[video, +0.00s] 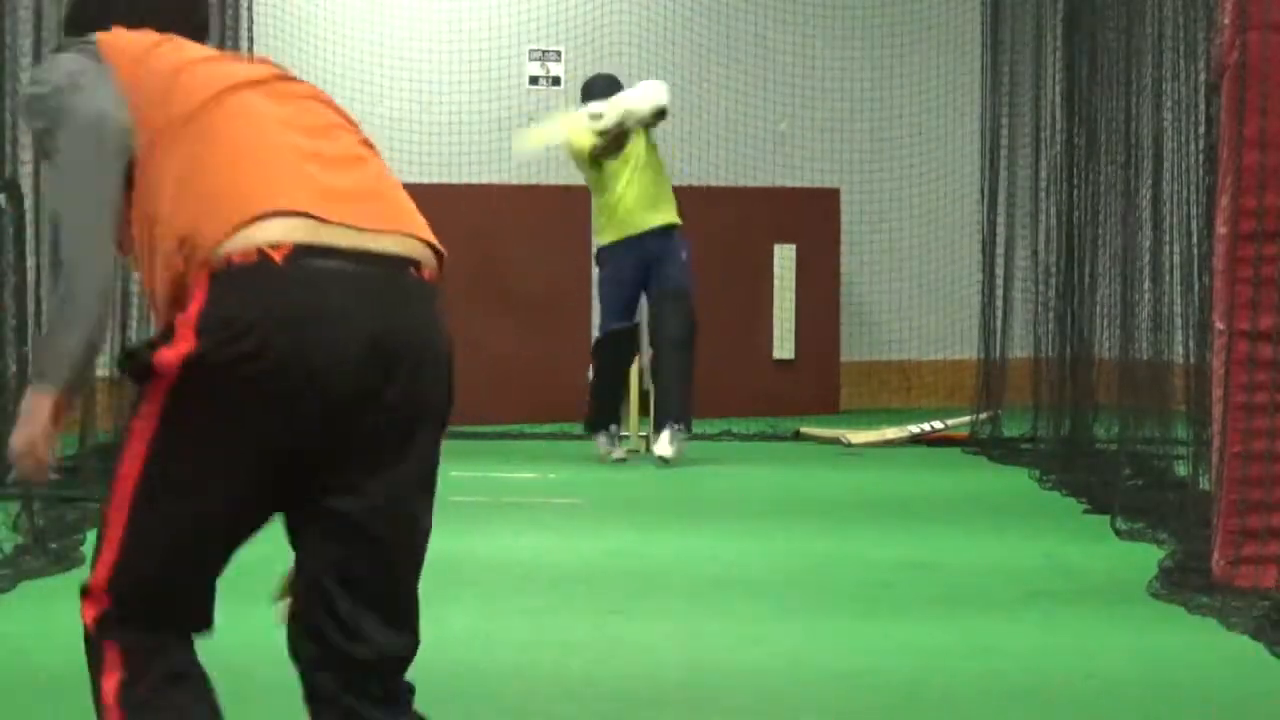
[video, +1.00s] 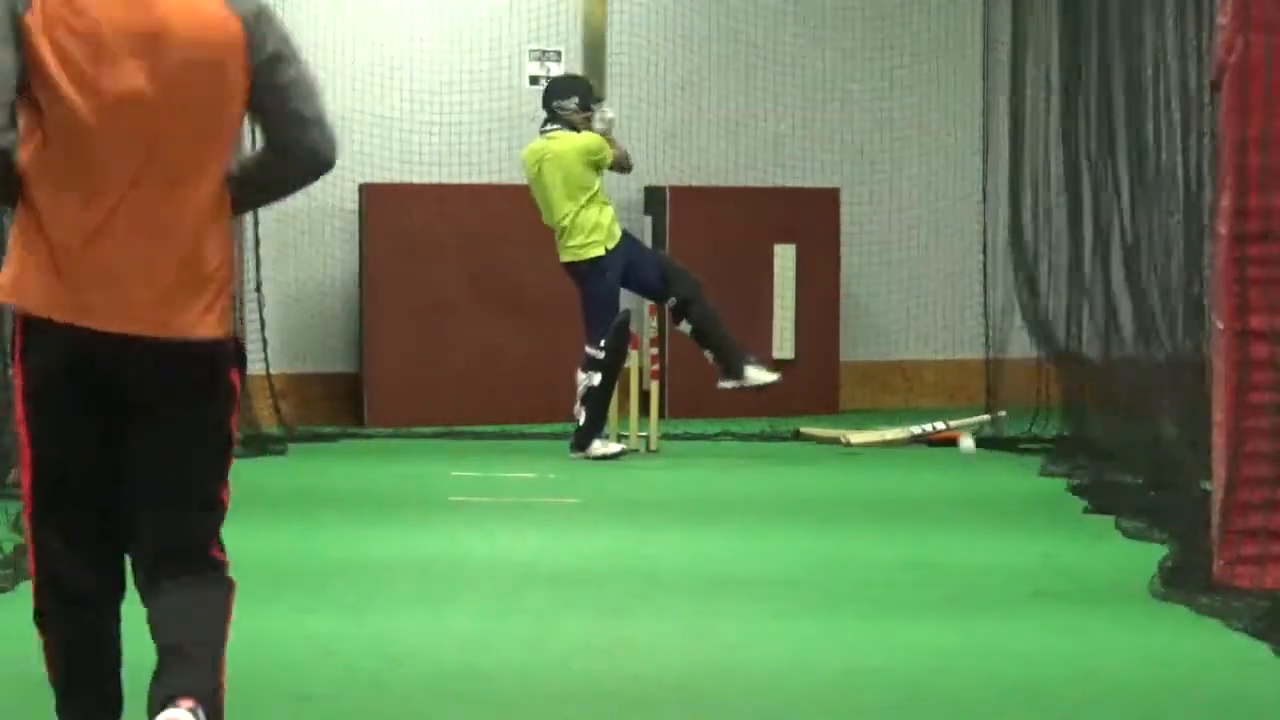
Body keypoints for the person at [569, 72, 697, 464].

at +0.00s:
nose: (604, 115)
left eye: (609, 107)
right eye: (597, 110)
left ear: (619, 104)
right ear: (587, 109)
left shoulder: (639, 124)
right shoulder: (578, 134)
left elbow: (654, 111)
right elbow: (601, 150)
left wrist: (632, 107)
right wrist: (618, 125)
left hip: (662, 232)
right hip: (616, 242)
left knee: (674, 330)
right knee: (615, 337)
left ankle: (671, 426)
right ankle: (604, 428)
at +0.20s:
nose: (593, 108)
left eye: (590, 101)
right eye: (586, 102)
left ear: (567, 109)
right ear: (568, 109)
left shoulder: (593, 145)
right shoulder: (559, 144)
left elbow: (637, 148)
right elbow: (618, 114)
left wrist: (660, 109)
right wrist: (657, 79)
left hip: (641, 236)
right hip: (604, 250)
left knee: (685, 294)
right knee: (607, 344)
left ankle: (714, 399)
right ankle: (589, 434)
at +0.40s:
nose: (581, 113)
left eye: (579, 107)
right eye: (575, 108)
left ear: (553, 115)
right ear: (556, 113)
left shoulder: (575, 150)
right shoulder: (559, 147)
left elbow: (615, 174)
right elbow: (617, 125)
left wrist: (625, 128)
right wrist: (618, 107)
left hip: (626, 245)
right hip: (595, 256)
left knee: (693, 291)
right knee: (609, 349)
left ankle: (761, 356)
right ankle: (586, 439)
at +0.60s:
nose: (586, 113)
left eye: (583, 105)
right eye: (579, 106)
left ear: (548, 116)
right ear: (560, 112)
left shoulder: (537, 165)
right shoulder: (575, 141)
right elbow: (611, 135)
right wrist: (573, 125)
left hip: (623, 244)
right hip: (596, 257)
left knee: (696, 284)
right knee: (609, 349)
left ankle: (770, 339)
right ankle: (586, 439)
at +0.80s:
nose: (587, 113)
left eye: (585, 106)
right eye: (581, 107)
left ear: (549, 113)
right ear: (564, 110)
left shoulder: (530, 158)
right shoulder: (580, 141)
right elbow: (611, 145)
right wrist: (586, 128)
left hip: (618, 243)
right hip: (594, 256)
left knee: (687, 289)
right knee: (608, 347)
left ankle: (757, 347)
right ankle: (585, 440)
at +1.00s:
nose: (591, 117)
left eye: (591, 110)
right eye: (587, 110)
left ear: (553, 110)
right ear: (570, 109)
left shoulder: (531, 153)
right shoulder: (582, 142)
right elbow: (623, 162)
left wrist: (589, 141)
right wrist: (604, 134)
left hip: (615, 244)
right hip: (594, 255)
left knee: (682, 289)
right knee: (606, 343)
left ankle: (736, 366)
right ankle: (586, 438)